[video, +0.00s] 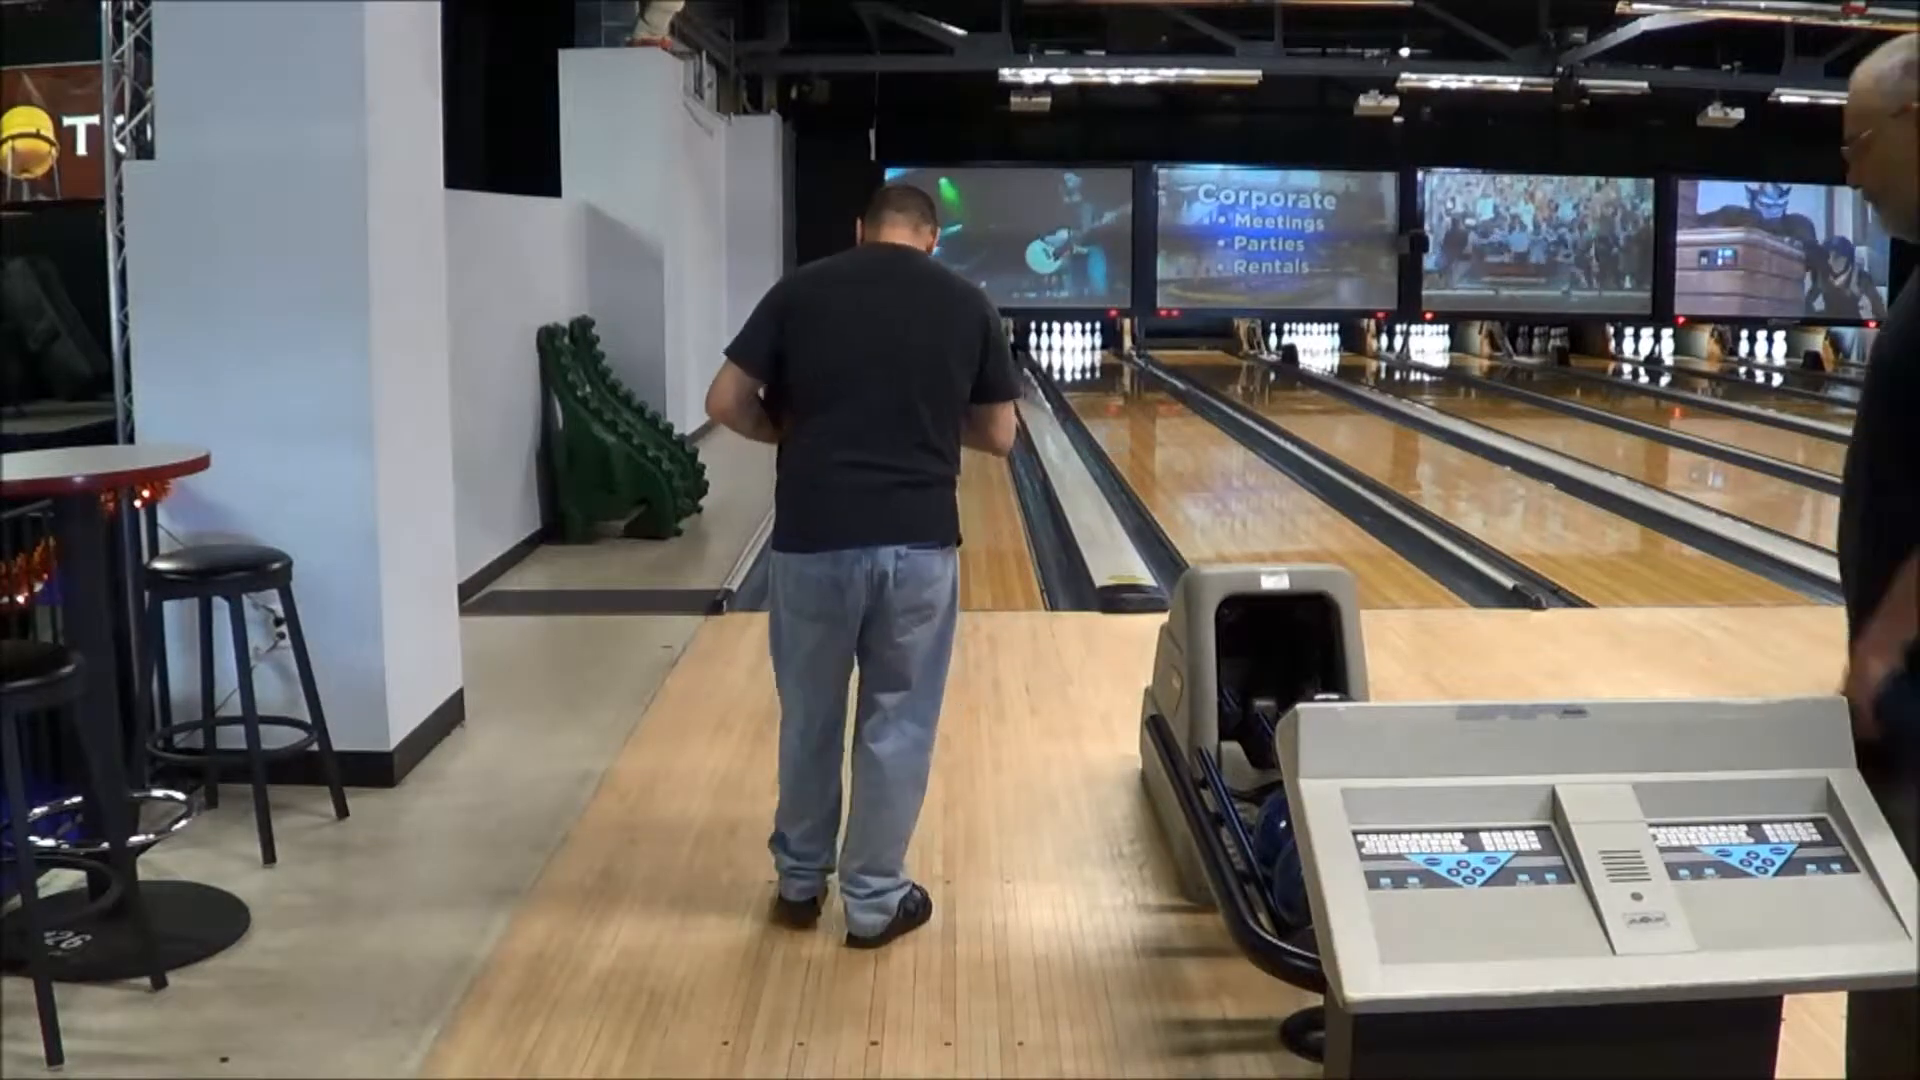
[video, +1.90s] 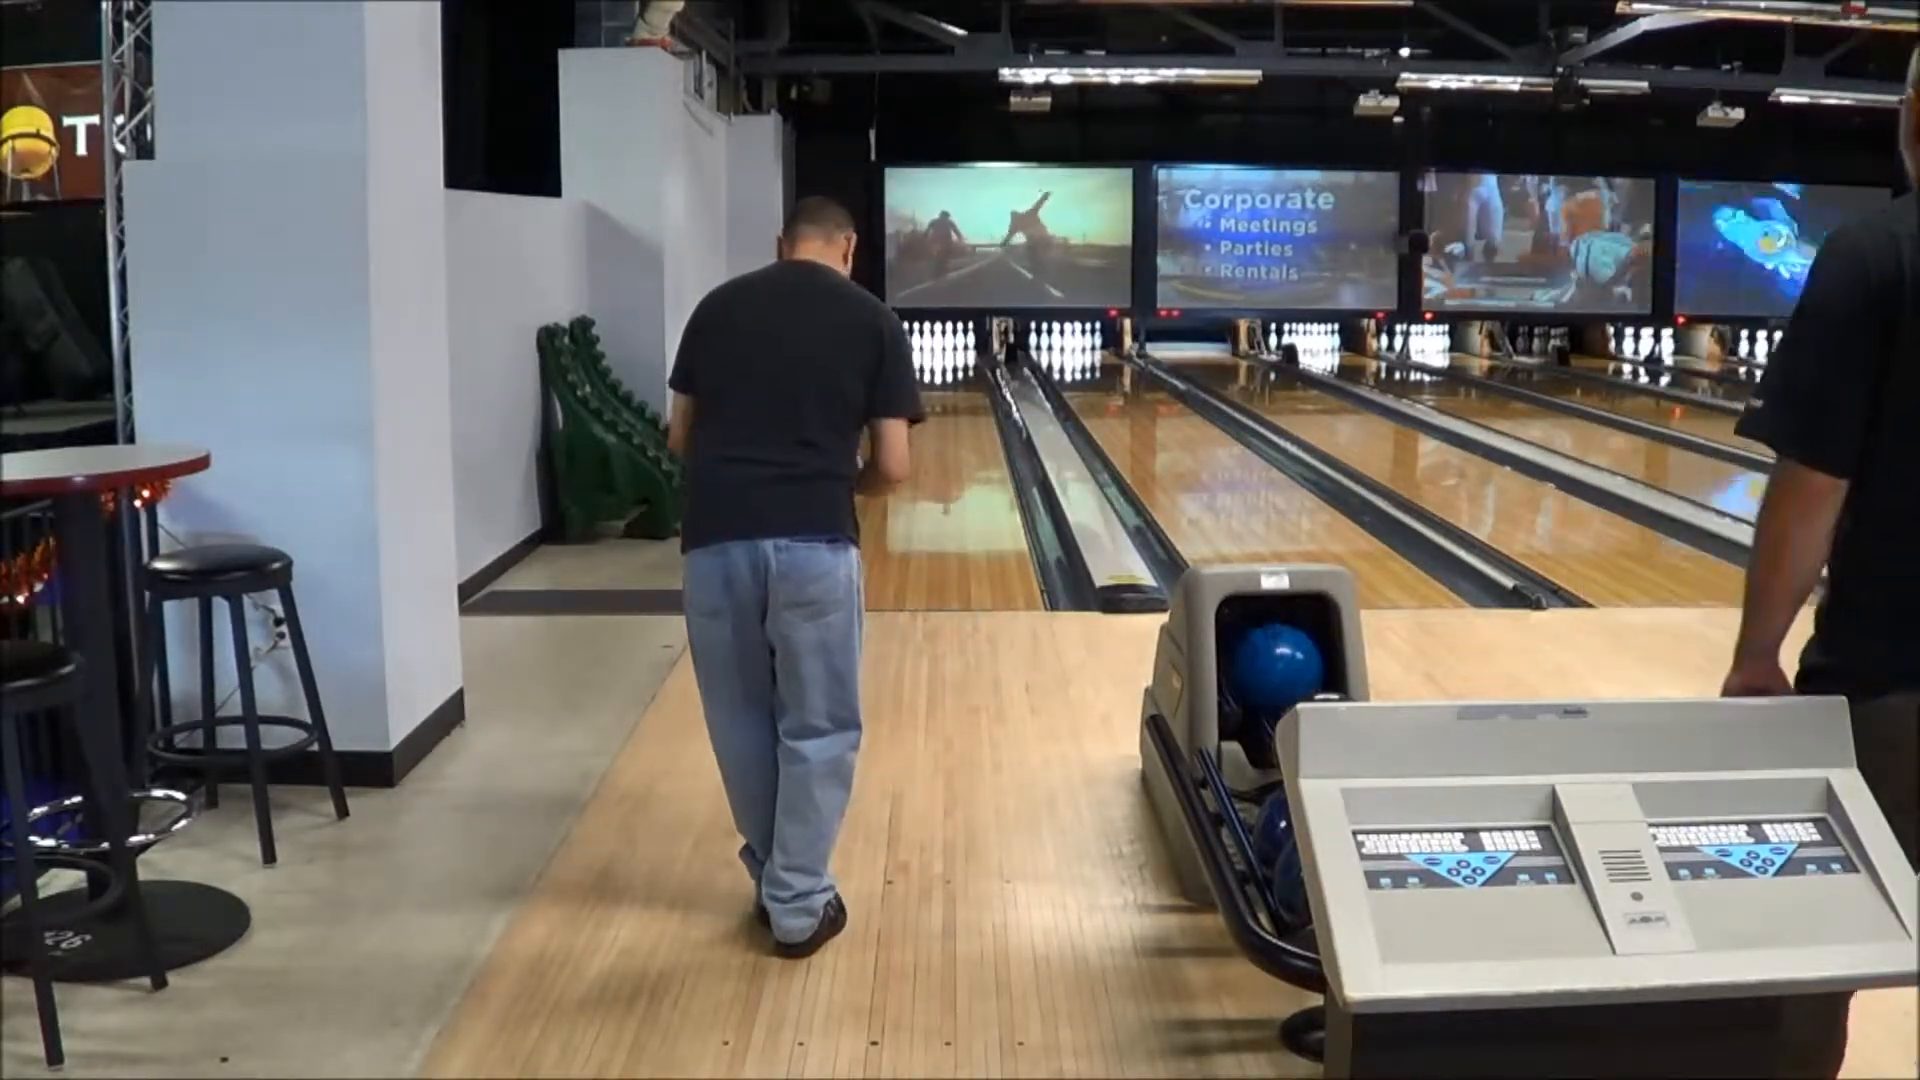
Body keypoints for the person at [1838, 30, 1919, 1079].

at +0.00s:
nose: (1851, 165)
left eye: (1864, 135)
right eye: (1850, 138)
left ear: (1914, 126)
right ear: (1882, 134)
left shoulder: (1917, 286)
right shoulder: (1906, 280)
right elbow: (1911, 497)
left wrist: (1888, 636)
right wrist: (1879, 635)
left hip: (1914, 693)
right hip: (1895, 681)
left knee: (1896, 963)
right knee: (1888, 953)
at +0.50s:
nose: (1777, 155)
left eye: (1782, 130)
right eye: (1776, 133)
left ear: (1824, 120)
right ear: (1891, 114)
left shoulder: (1853, 241)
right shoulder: (1907, 220)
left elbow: (1803, 469)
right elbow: (1815, 463)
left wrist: (1720, 623)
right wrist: (1745, 620)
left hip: (1852, 654)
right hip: (1913, 642)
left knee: (1816, 925)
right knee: (1899, 926)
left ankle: (1789, 1065)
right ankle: (1881, 1064)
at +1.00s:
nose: (1738, 133)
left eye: (1740, 119)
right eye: (1737, 121)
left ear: (1754, 124)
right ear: (1873, 122)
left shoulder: (1717, 252)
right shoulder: (1916, 229)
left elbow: (1643, 472)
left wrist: (1583, 635)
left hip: (1772, 667)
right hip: (1913, 662)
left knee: (1778, 955)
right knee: (1907, 954)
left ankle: (1786, 1074)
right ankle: (1873, 1072)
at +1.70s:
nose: (1850, 114)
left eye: (1854, 97)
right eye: (1865, 97)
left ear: (1870, 112)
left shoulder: (1829, 257)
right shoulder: (1833, 258)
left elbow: (1767, 486)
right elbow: (1766, 487)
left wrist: (1722, 647)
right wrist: (1727, 646)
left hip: (1856, 676)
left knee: (1810, 957)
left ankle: (1802, 1074)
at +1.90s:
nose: (1900, 129)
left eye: (1905, 109)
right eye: (1905, 110)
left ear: (1911, 124)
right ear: (1908, 130)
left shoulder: (1880, 255)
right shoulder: (1877, 254)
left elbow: (1814, 477)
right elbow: (1816, 476)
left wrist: (1760, 647)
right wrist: (1767, 647)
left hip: (1888, 679)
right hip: (1882, 674)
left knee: (1822, 934)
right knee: (1824, 932)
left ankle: (1802, 1053)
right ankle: (1801, 1048)